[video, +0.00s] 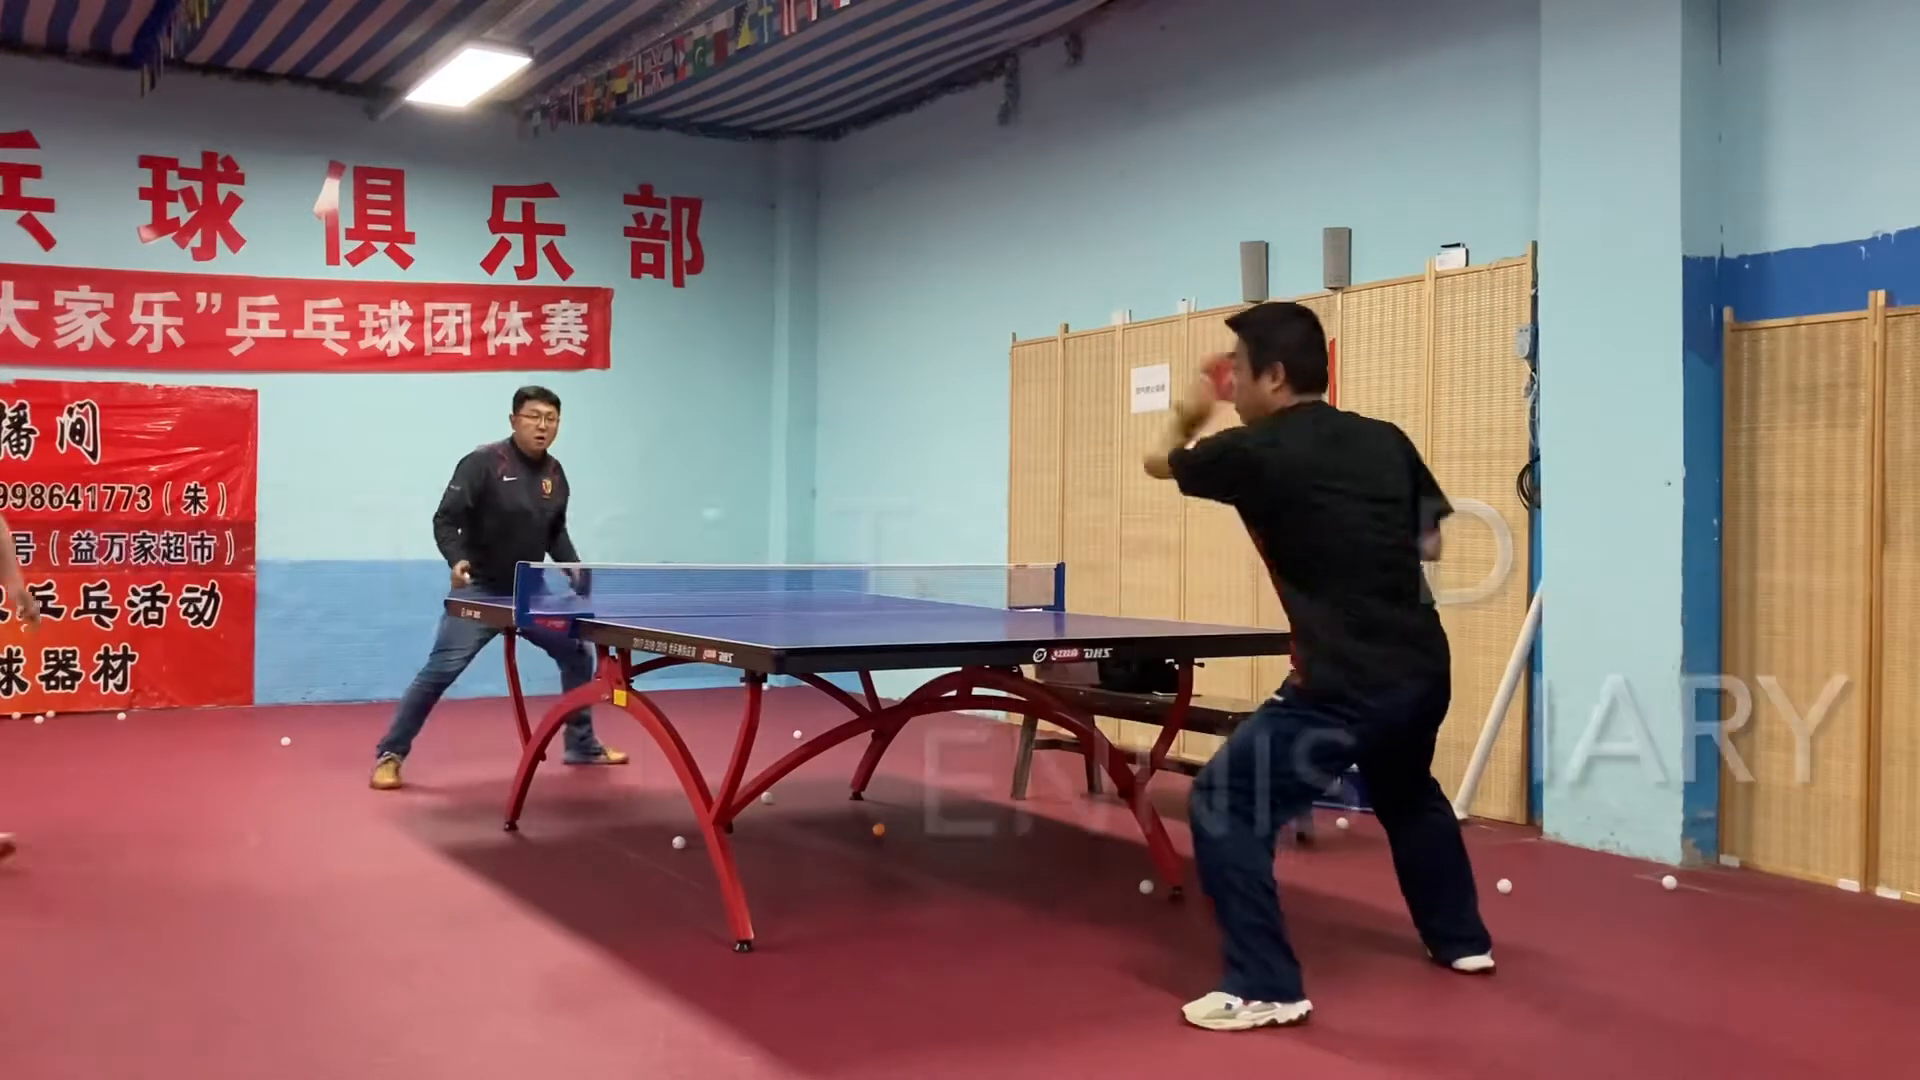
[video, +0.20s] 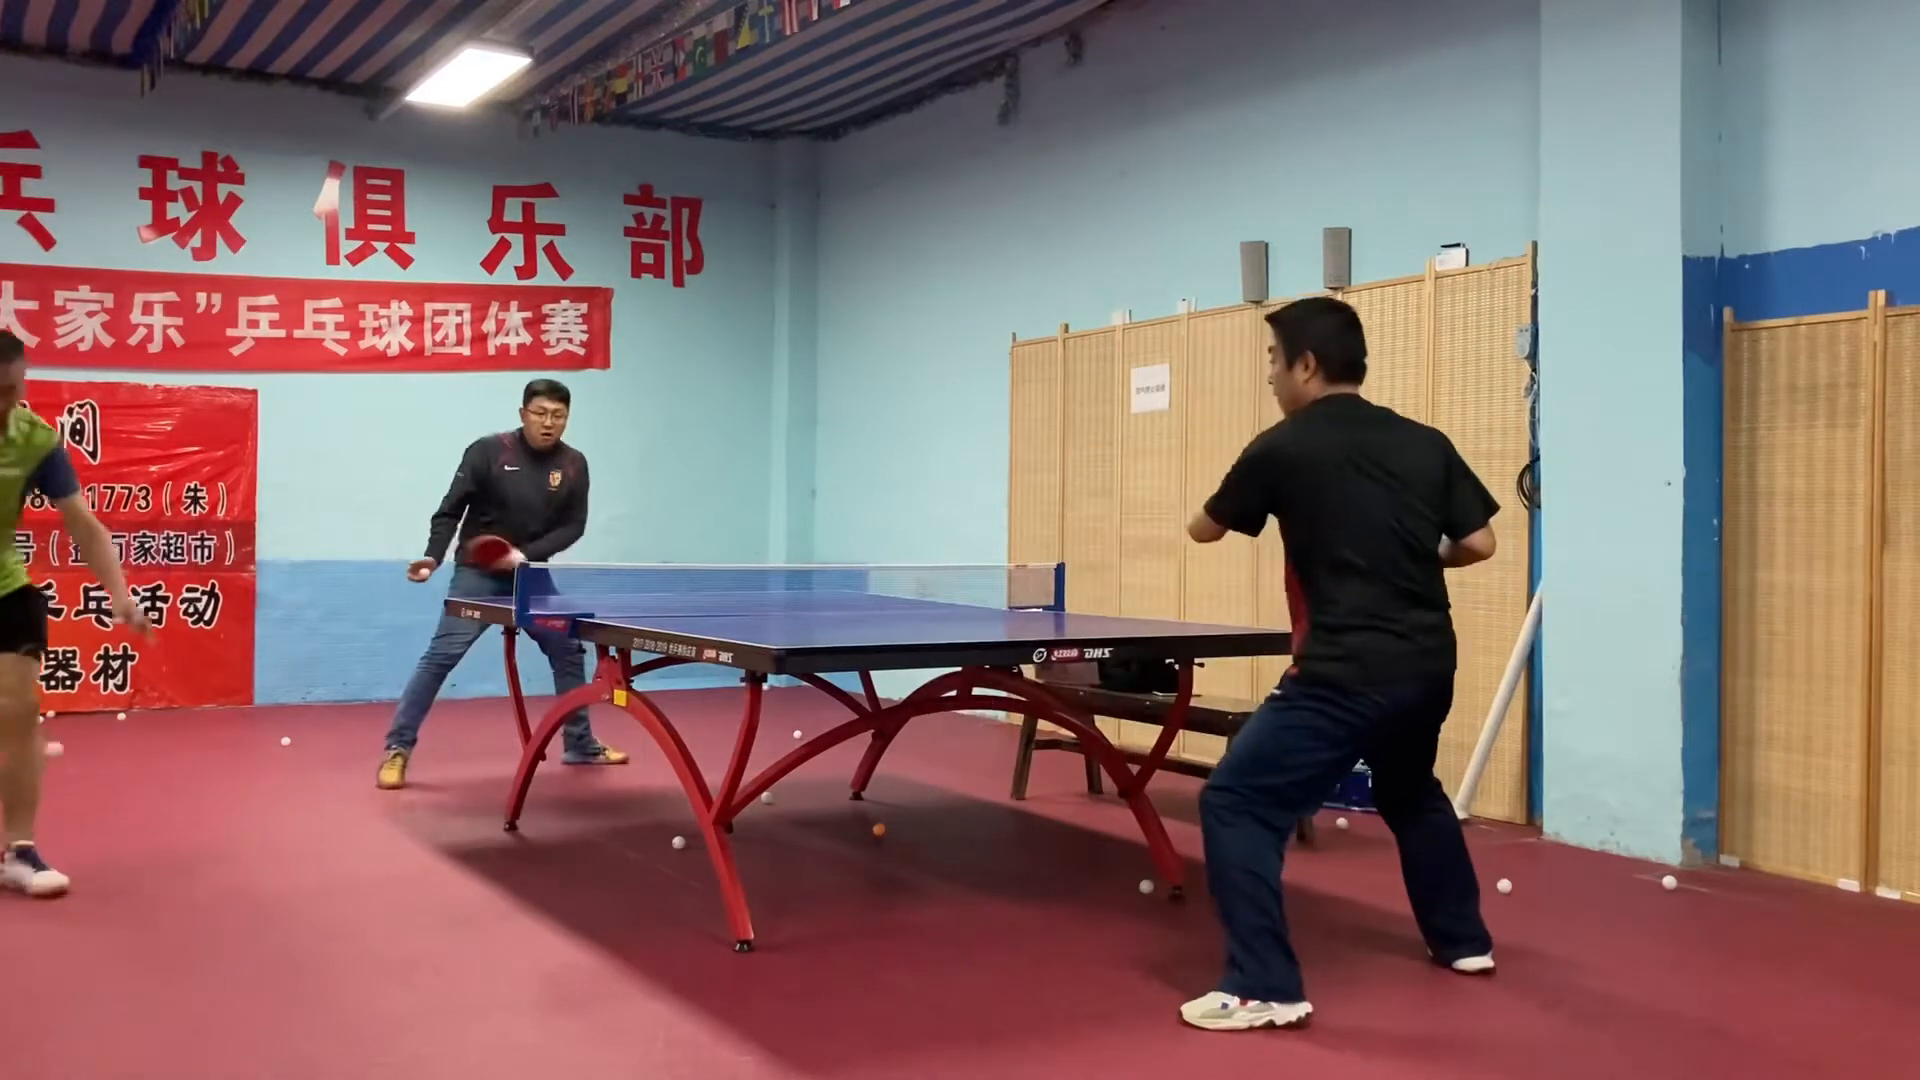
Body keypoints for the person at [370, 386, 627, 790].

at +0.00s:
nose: (543, 426)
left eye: (551, 419)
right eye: (534, 417)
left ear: (558, 427)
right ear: (514, 420)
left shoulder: (554, 473)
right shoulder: (481, 463)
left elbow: (555, 531)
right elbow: (446, 520)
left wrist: (575, 568)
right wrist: (456, 560)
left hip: (529, 591)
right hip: (479, 592)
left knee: (577, 654)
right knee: (440, 670)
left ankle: (582, 747)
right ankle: (390, 756)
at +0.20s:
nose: (549, 423)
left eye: (557, 415)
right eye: (540, 414)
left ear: (566, 420)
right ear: (523, 414)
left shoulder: (573, 464)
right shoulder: (487, 452)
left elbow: (573, 526)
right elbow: (450, 508)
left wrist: (527, 552)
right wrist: (433, 555)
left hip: (531, 573)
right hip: (478, 571)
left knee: (568, 649)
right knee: (445, 652)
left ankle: (580, 744)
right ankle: (398, 748)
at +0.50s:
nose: (495, 421)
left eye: (503, 414)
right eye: (486, 413)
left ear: (512, 418)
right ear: (468, 414)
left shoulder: (524, 460)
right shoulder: (439, 453)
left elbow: (524, 518)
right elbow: (405, 506)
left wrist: (493, 542)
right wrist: (371, 551)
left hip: (504, 578)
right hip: (450, 575)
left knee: (545, 656)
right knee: (424, 658)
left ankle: (578, 743)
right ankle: (399, 752)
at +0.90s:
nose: (507, 412)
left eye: (513, 404)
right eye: (497, 404)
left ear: (520, 409)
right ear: (475, 407)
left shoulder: (534, 456)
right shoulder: (446, 453)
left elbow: (554, 514)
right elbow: (424, 515)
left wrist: (547, 568)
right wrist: (416, 565)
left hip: (521, 579)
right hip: (465, 578)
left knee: (548, 658)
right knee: (435, 663)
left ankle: (557, 742)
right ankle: (401, 750)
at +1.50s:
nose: (454, 399)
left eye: (461, 391)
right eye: (444, 391)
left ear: (469, 397)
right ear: (423, 397)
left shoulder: (487, 443)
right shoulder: (398, 446)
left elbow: (510, 499)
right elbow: (371, 510)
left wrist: (514, 530)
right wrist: (385, 539)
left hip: (488, 577)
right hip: (426, 577)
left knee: (531, 652)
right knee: (403, 664)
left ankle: (543, 738)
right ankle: (396, 754)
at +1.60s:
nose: (446, 390)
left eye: (452, 383)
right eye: (435, 382)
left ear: (460, 388)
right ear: (414, 388)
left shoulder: (479, 433)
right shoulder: (388, 438)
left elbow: (508, 489)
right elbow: (365, 502)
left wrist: (501, 514)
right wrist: (377, 534)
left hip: (481, 571)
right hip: (420, 573)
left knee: (518, 648)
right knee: (404, 664)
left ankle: (509, 737)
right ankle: (396, 753)